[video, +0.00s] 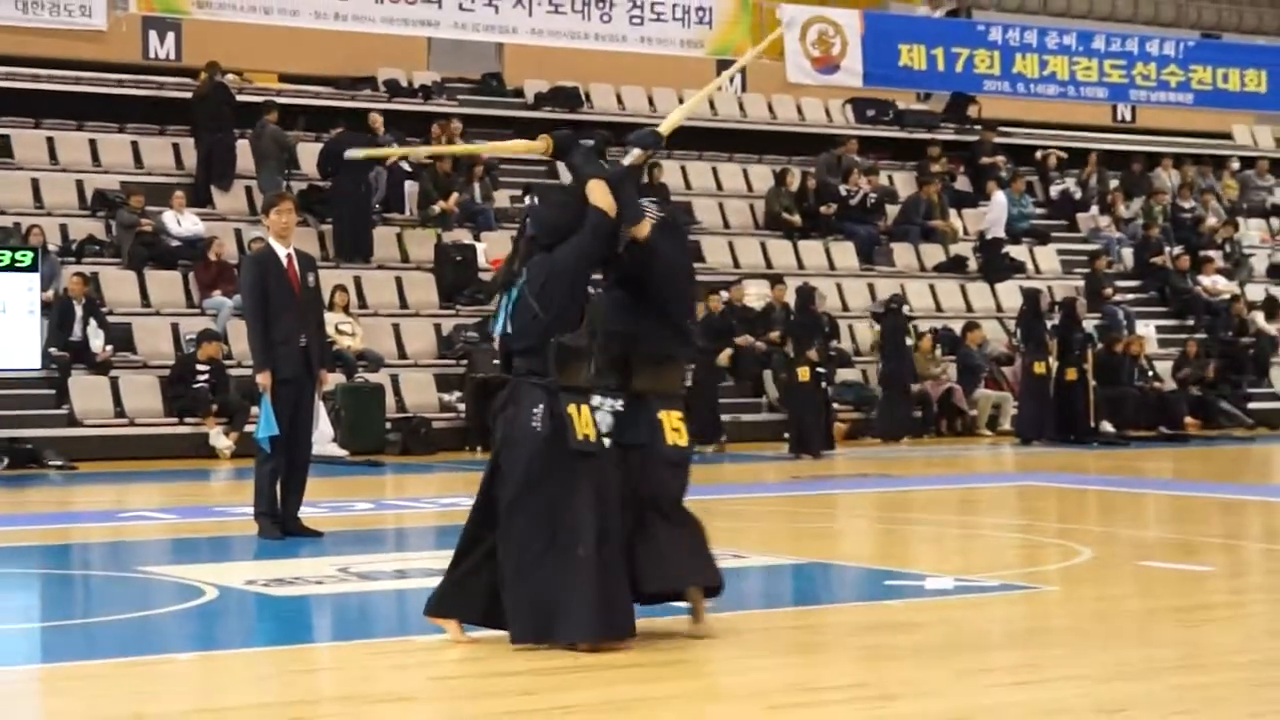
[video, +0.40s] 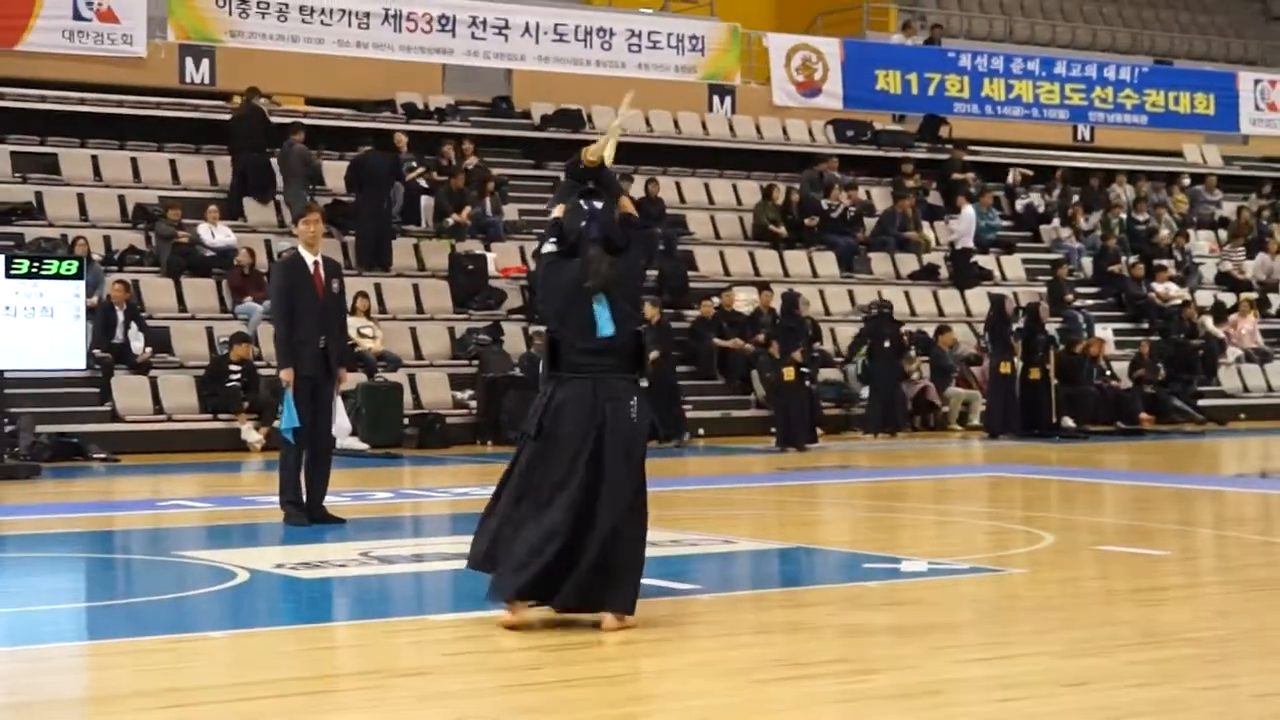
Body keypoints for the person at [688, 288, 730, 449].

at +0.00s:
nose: (716, 305)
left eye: (718, 301)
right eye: (712, 301)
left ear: (722, 303)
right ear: (707, 304)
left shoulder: (726, 319)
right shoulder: (704, 321)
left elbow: (731, 338)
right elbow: (701, 342)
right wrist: (717, 351)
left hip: (715, 364)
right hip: (703, 363)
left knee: (709, 401)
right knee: (701, 399)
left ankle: (715, 435)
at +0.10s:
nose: (677, 305)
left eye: (681, 301)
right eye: (677, 301)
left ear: (691, 302)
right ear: (682, 303)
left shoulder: (704, 319)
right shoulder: (677, 324)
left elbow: (714, 342)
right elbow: (674, 344)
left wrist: (704, 353)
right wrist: (671, 353)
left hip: (699, 367)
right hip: (682, 366)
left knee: (697, 402)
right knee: (679, 401)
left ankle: (700, 436)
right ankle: (683, 436)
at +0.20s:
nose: (666, 308)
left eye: (669, 304)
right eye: (666, 304)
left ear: (679, 304)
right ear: (672, 305)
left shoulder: (690, 323)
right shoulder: (668, 325)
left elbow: (693, 346)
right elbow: (666, 345)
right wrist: (661, 354)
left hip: (686, 368)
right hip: (670, 367)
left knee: (684, 401)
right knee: (668, 400)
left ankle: (683, 435)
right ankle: (671, 435)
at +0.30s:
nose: (656, 310)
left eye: (659, 307)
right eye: (656, 307)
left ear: (668, 307)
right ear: (661, 308)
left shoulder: (675, 324)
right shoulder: (660, 325)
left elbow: (673, 346)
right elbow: (656, 344)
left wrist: (659, 357)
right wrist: (649, 355)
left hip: (676, 368)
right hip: (665, 368)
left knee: (677, 399)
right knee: (665, 399)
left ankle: (680, 433)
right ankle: (668, 433)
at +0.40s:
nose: (645, 312)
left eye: (648, 308)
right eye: (645, 309)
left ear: (656, 309)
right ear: (648, 310)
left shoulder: (664, 326)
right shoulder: (648, 328)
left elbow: (666, 345)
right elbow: (646, 347)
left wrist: (658, 353)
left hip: (666, 369)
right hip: (653, 370)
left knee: (671, 401)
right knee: (659, 401)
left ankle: (680, 431)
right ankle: (665, 433)